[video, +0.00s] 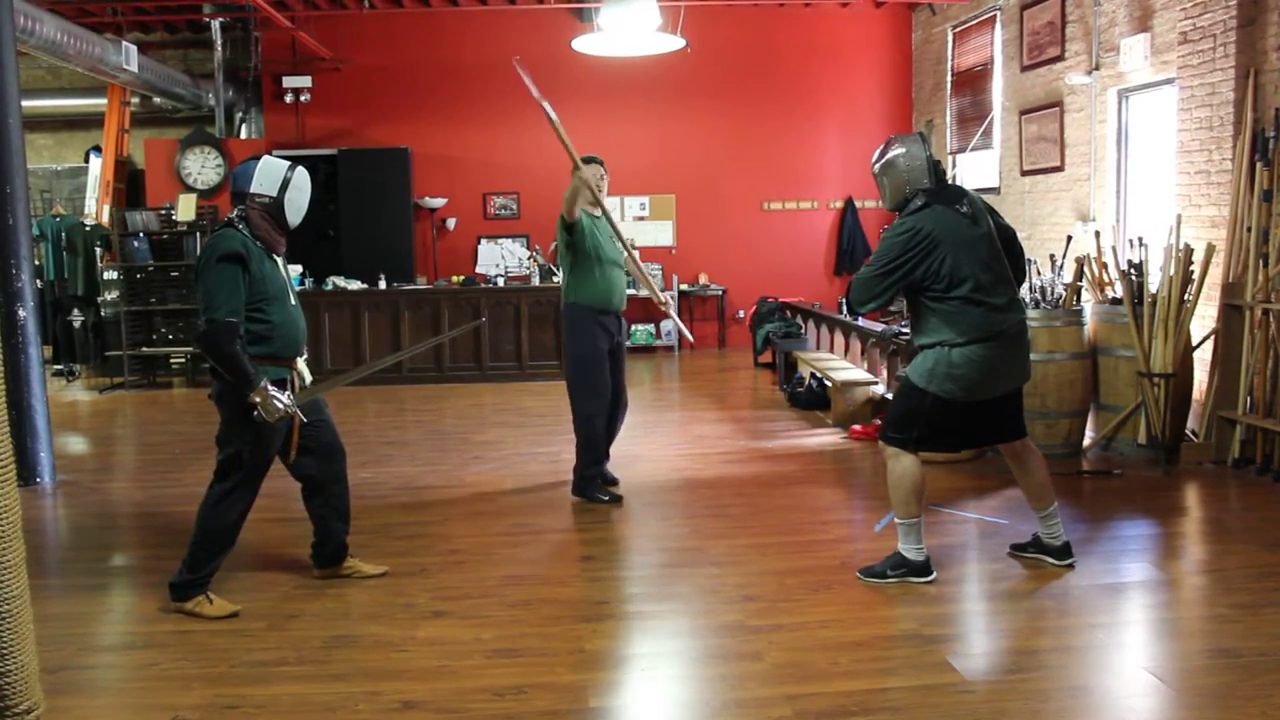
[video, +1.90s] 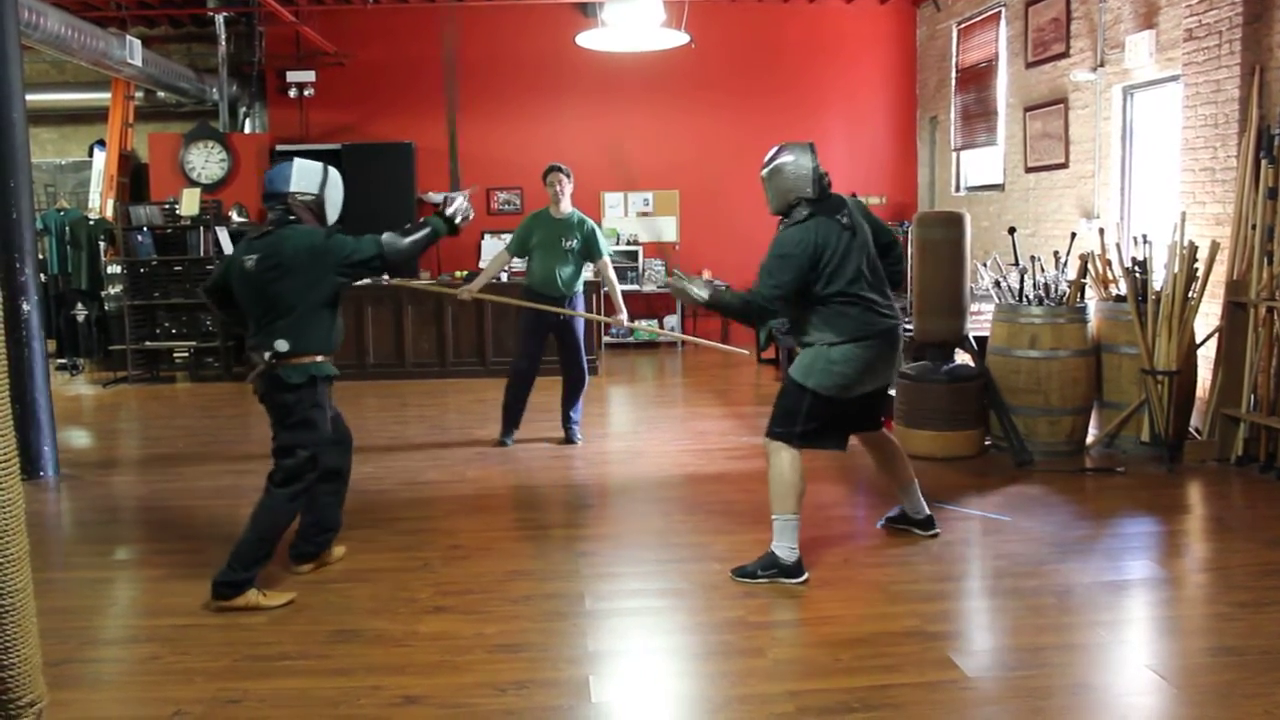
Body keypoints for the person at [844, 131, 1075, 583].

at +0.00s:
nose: (882, 193)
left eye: (883, 182)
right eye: (881, 183)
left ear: (901, 178)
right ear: (928, 171)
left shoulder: (911, 228)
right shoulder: (976, 206)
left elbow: (859, 296)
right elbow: (1017, 262)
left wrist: (889, 276)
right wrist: (990, 300)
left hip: (954, 355)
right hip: (1008, 348)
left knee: (898, 440)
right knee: (1015, 441)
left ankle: (912, 556)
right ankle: (1054, 540)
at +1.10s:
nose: (860, 188)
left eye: (863, 178)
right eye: (861, 179)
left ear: (881, 181)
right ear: (909, 176)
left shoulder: (890, 230)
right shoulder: (953, 211)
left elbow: (837, 296)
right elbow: (992, 259)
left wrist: (882, 269)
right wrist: (971, 298)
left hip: (922, 357)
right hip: (977, 351)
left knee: (858, 433)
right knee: (974, 446)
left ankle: (848, 547)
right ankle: (1023, 539)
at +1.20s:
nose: (841, 192)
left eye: (843, 183)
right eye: (841, 182)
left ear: (857, 184)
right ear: (891, 178)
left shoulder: (867, 231)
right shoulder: (934, 214)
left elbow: (812, 289)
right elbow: (970, 270)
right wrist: (942, 299)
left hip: (902, 360)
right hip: (958, 355)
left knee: (838, 437)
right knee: (971, 446)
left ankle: (809, 551)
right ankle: (1024, 538)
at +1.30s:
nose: (816, 195)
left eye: (819, 185)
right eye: (816, 186)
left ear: (836, 183)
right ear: (864, 178)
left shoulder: (842, 233)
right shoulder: (909, 215)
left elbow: (782, 286)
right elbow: (942, 277)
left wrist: (765, 269)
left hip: (879, 363)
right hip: (934, 357)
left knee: (814, 443)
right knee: (958, 445)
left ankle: (795, 557)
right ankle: (1020, 532)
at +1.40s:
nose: (789, 198)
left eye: (791, 189)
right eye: (788, 189)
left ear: (807, 187)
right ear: (837, 182)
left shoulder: (814, 234)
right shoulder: (881, 215)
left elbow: (755, 280)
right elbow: (916, 259)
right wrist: (901, 301)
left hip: (860, 358)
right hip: (913, 351)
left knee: (795, 443)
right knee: (938, 441)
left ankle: (788, 558)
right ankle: (1010, 520)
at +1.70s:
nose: (747, 201)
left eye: (750, 192)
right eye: (747, 192)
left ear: (766, 192)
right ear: (797, 186)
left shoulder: (781, 239)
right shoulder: (840, 213)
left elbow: (755, 314)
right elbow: (882, 258)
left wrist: (692, 328)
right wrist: (859, 296)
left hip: (837, 350)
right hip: (881, 340)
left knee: (772, 440)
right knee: (888, 430)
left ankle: (784, 556)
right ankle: (954, 508)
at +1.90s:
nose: (766, 193)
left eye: (769, 184)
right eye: (765, 184)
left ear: (787, 183)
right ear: (811, 178)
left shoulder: (797, 235)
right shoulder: (853, 209)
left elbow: (763, 306)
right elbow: (891, 247)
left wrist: (709, 294)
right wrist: (882, 297)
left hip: (836, 347)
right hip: (882, 338)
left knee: (781, 439)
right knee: (869, 427)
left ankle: (784, 555)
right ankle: (918, 511)